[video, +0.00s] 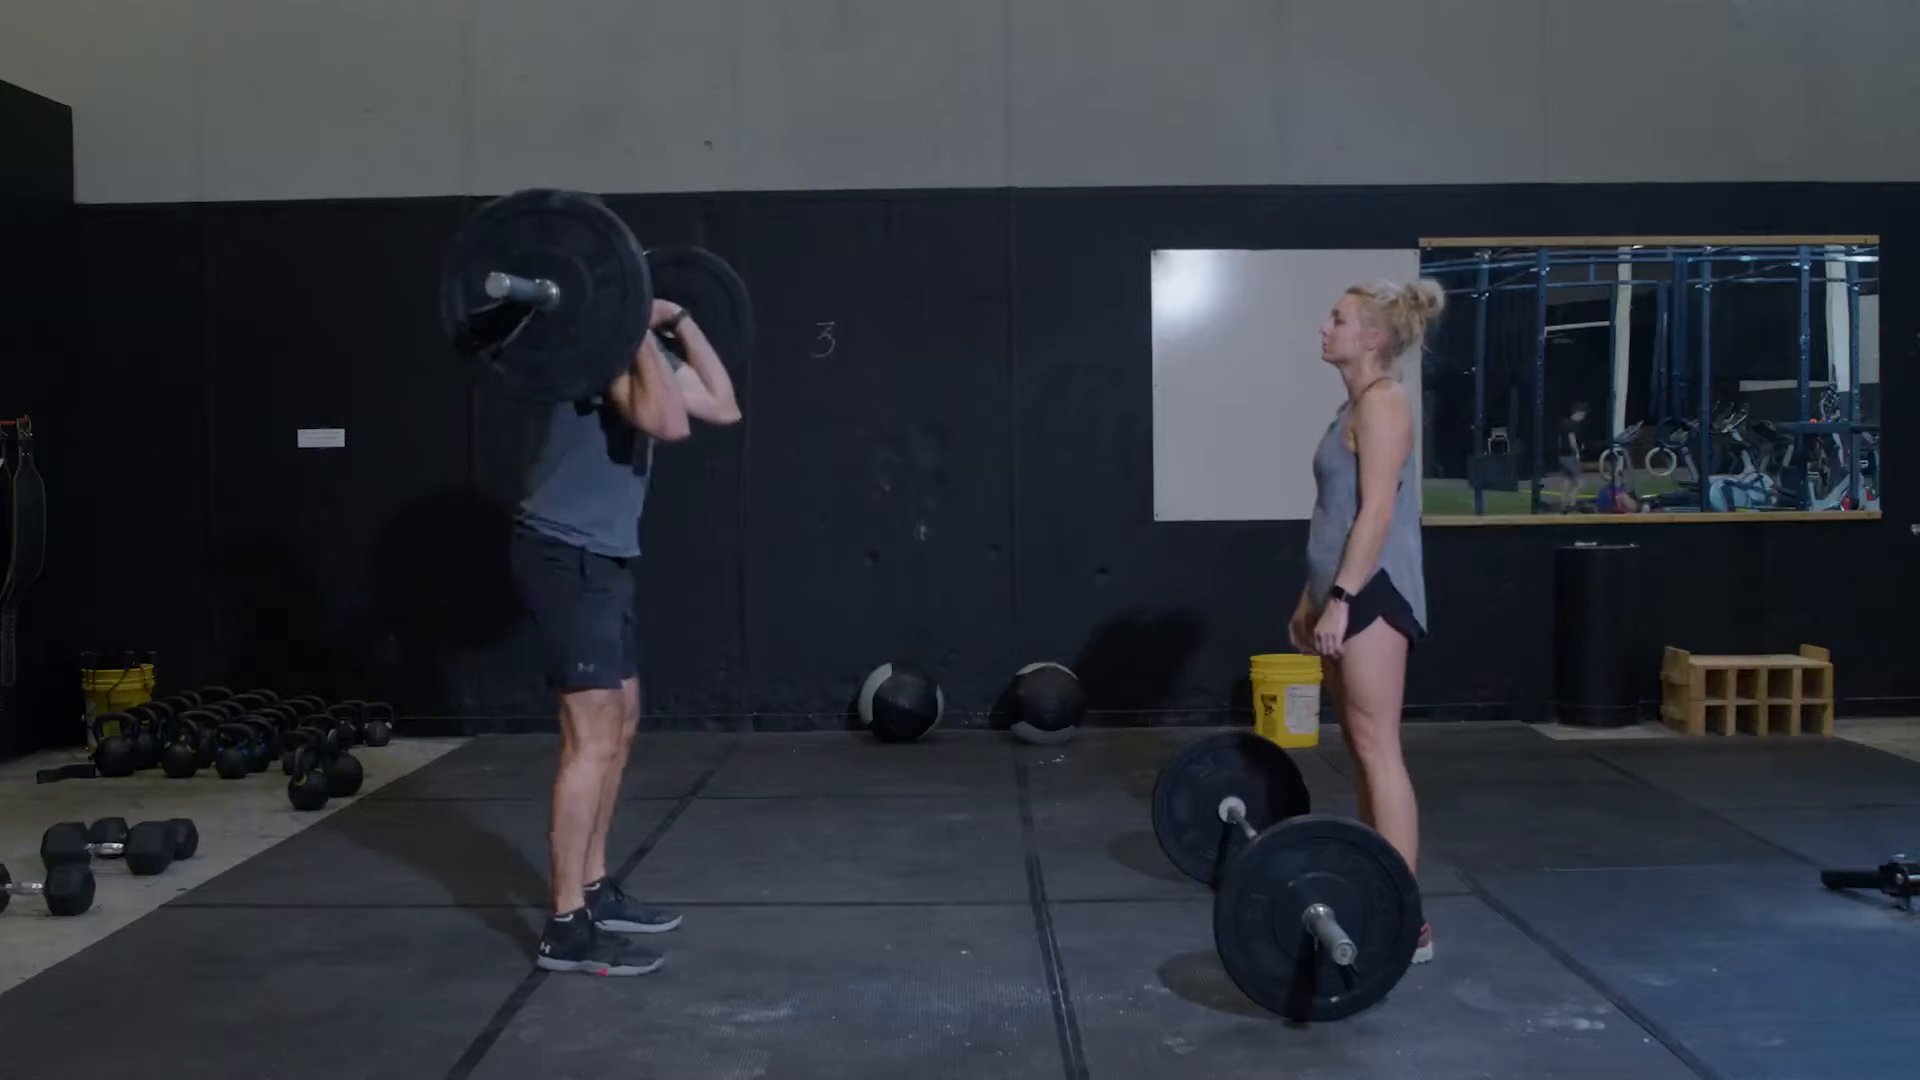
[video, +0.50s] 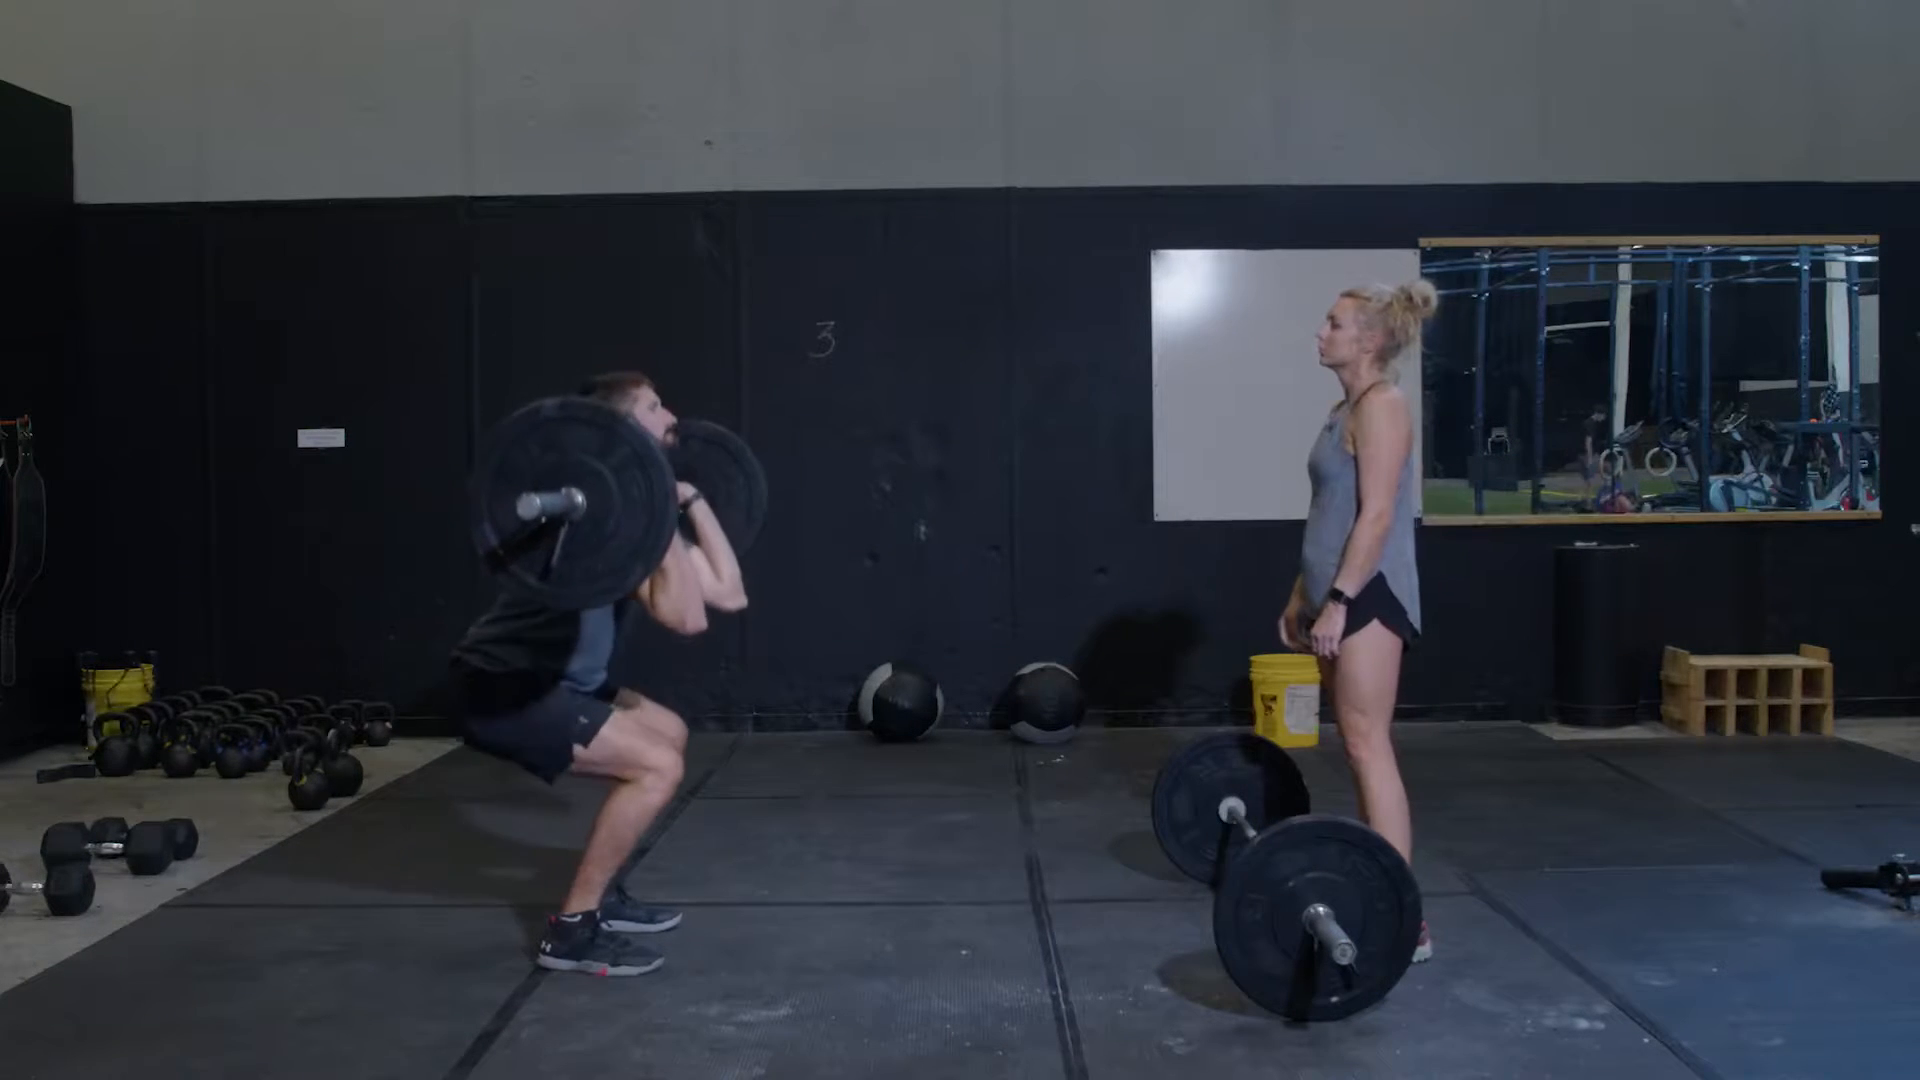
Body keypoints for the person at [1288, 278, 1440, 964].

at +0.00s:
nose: (1325, 329)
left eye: (1339, 321)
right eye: (1329, 319)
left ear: (1374, 338)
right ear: (1360, 338)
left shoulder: (1383, 404)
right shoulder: (1355, 407)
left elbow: (1377, 512)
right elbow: (1338, 515)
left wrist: (1341, 597)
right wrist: (1313, 594)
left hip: (1376, 595)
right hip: (1350, 593)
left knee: (1378, 748)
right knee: (1364, 746)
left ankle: (1402, 914)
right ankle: (1379, 901)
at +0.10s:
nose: (1324, 331)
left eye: (1337, 323)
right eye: (1328, 321)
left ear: (1372, 339)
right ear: (1359, 339)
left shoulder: (1382, 405)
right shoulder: (1352, 408)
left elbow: (1378, 512)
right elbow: (1337, 516)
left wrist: (1341, 598)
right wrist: (1312, 595)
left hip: (1376, 596)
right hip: (1349, 594)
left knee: (1376, 747)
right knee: (1363, 746)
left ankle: (1402, 914)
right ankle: (1380, 901)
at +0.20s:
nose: (1323, 332)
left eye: (1336, 324)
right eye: (1327, 321)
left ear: (1371, 340)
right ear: (1358, 340)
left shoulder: (1382, 406)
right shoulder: (1351, 409)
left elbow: (1378, 512)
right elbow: (1337, 515)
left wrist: (1340, 599)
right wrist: (1312, 595)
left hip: (1376, 597)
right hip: (1349, 595)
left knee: (1375, 748)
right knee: (1362, 746)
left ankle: (1401, 914)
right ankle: (1380, 901)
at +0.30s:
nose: (1323, 332)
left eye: (1336, 324)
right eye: (1326, 322)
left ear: (1371, 339)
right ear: (1356, 340)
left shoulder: (1382, 406)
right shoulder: (1349, 408)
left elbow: (1378, 516)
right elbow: (1336, 515)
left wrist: (1340, 600)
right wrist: (1310, 594)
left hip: (1377, 596)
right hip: (1349, 595)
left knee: (1373, 744)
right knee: (1362, 743)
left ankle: (1402, 912)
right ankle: (1379, 900)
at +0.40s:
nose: (1321, 332)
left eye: (1335, 324)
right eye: (1325, 322)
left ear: (1371, 340)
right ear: (1355, 340)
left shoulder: (1382, 407)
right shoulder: (1348, 410)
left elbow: (1378, 517)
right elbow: (1334, 516)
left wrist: (1341, 601)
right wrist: (1307, 594)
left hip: (1376, 596)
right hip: (1349, 594)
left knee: (1370, 744)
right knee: (1361, 743)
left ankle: (1399, 911)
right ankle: (1381, 901)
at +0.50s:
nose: (1322, 332)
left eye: (1335, 325)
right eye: (1325, 323)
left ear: (1371, 340)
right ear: (1353, 341)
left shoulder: (1382, 405)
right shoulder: (1349, 408)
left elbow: (1377, 515)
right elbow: (1333, 515)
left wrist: (1339, 600)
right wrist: (1305, 592)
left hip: (1374, 596)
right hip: (1348, 594)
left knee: (1367, 741)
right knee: (1359, 741)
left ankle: (1398, 909)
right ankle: (1381, 901)